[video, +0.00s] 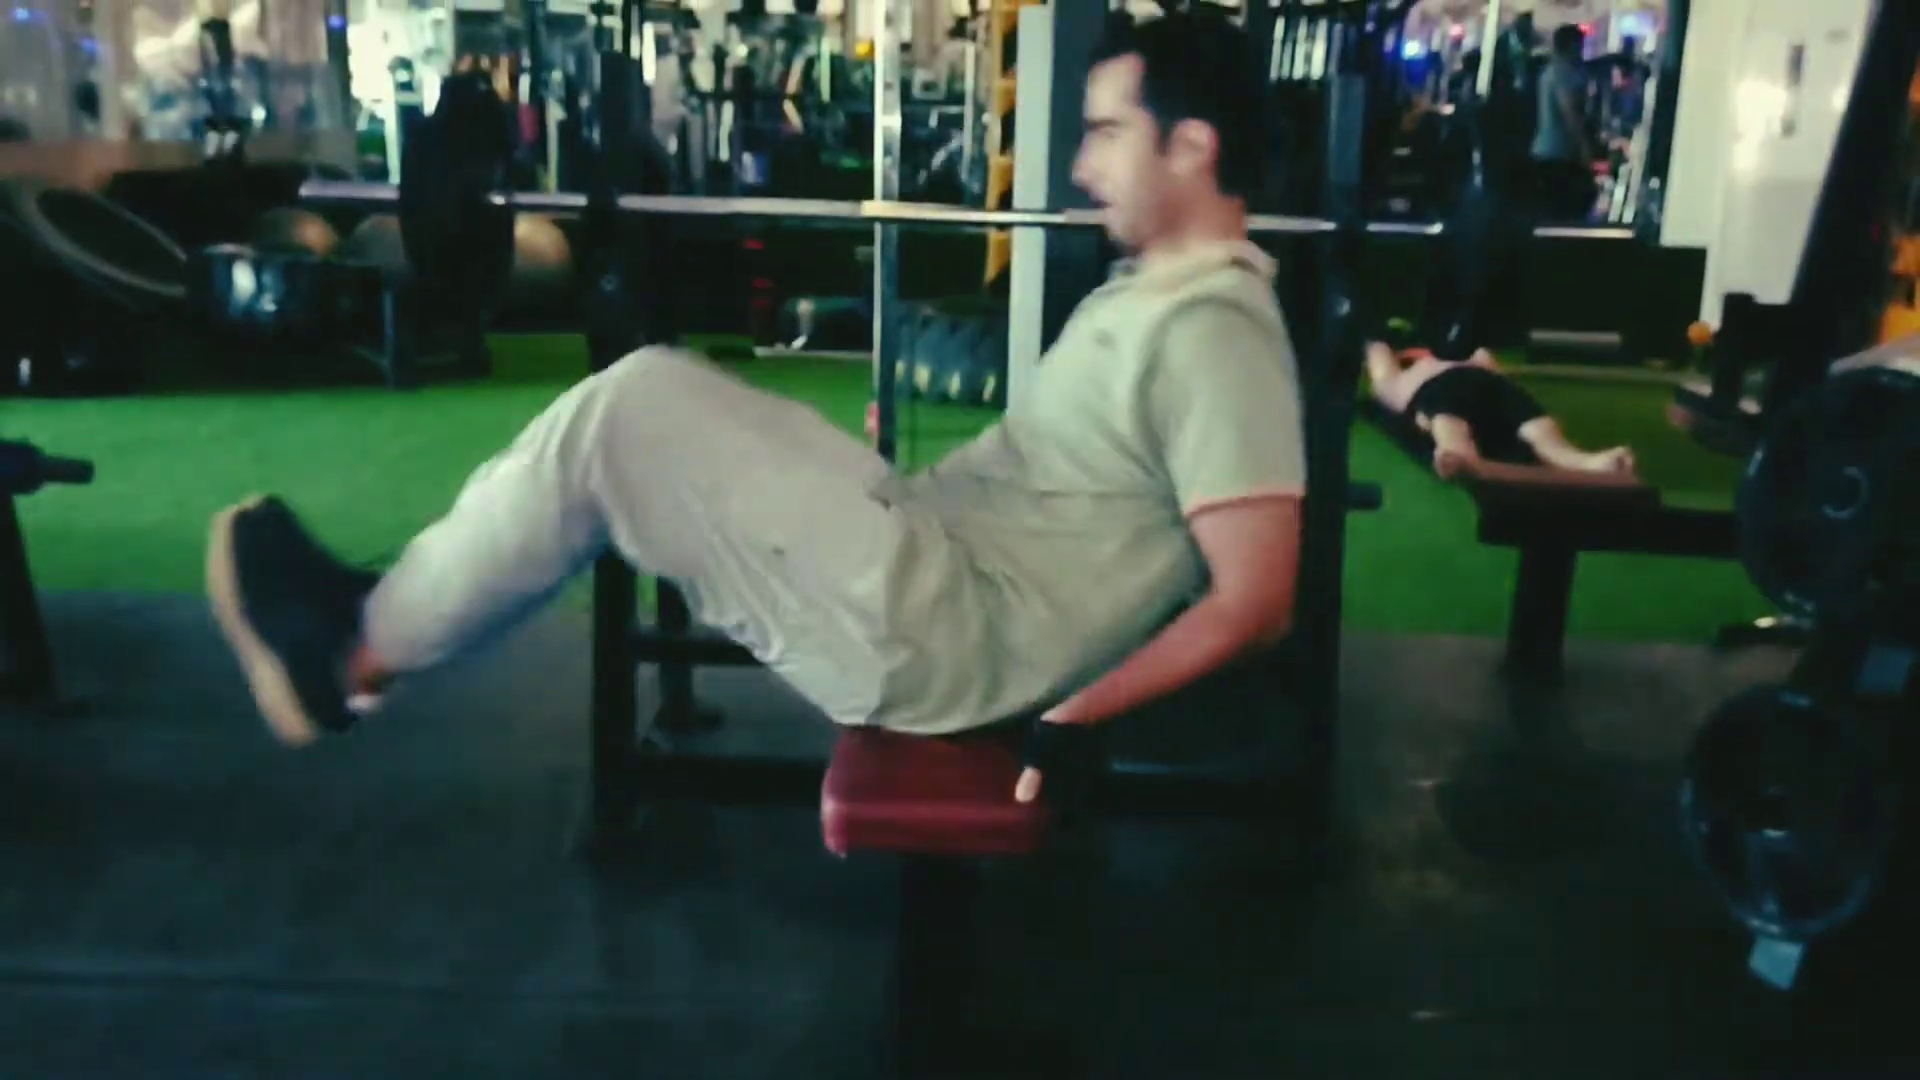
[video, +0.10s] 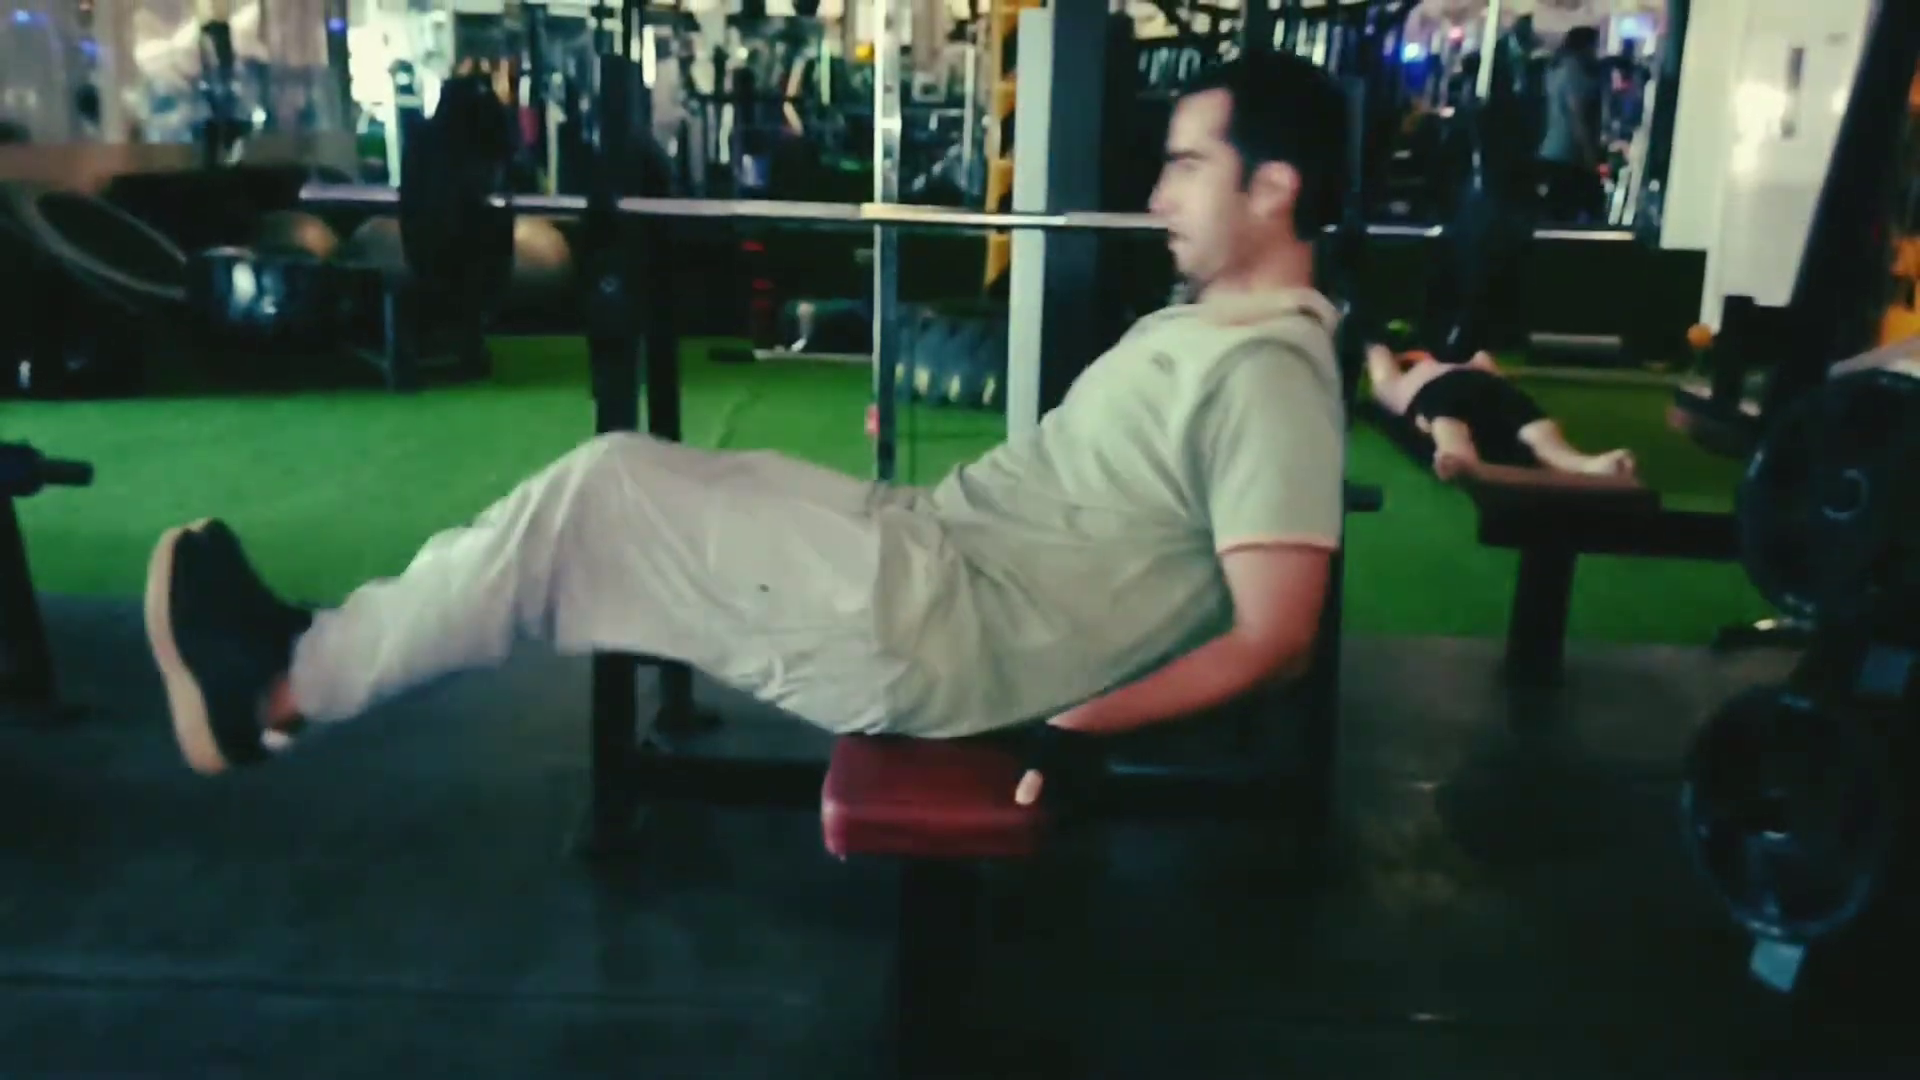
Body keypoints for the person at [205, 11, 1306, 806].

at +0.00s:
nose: (1084, 165)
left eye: (1107, 137)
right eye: (1088, 137)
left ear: (1197, 150)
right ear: (1176, 152)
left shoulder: (1216, 324)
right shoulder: (1159, 294)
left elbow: (1255, 598)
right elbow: (1077, 488)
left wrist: (1058, 716)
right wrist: (909, 493)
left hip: (956, 639)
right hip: (937, 585)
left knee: (634, 410)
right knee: (651, 390)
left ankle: (350, 660)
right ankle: (371, 633)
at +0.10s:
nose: (1163, 192)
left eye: (1193, 165)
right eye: (1169, 164)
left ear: (1283, 195)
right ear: (1254, 195)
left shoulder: (1273, 371)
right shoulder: (1219, 325)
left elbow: (1278, 637)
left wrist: (1075, 723)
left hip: (952, 631)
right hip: (928, 567)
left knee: (602, 500)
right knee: (601, 489)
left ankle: (279, 694)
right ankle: (296, 676)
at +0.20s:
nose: (1201, 208)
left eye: (1231, 182)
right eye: (1211, 179)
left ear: (1317, 219)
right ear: (1299, 216)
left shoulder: (1297, 393)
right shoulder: (1237, 340)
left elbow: (1281, 657)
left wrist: (1067, 728)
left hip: (951, 627)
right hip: (922, 555)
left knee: (596, 542)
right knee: (601, 517)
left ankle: (258, 709)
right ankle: (284, 682)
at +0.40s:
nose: (1118, 161)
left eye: (1144, 135)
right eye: (1126, 134)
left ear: (1232, 159)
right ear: (1218, 162)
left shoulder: (1245, 336)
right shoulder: (1183, 299)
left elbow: (1252, 608)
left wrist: (1057, 717)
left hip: (967, 633)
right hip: (937, 571)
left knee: (645, 431)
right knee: (631, 440)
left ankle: (345, 666)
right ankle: (353, 647)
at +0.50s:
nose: (1014, 142)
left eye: (1036, 113)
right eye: (1016, 112)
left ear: (1125, 128)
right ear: (1110, 129)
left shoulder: (1172, 303)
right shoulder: (1103, 267)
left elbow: (1225, 572)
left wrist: (1047, 736)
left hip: (957, 642)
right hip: (935, 570)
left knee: (697, 356)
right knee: (703, 346)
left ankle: (427, 624)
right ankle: (448, 584)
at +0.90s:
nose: (1035, 171)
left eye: (1054, 142)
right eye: (1035, 143)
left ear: (1141, 154)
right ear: (1131, 156)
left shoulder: (1166, 325)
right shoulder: (1121, 293)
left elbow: (1247, 589)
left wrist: (1052, 717)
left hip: (946, 652)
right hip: (924, 577)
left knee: (619, 428)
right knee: (641, 398)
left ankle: (345, 695)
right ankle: (376, 652)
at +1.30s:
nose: (1089, 186)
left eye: (1112, 160)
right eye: (1091, 160)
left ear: (1201, 177)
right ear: (1183, 180)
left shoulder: (1216, 343)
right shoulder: (1161, 316)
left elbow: (1250, 618)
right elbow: (1178, 562)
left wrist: (1065, 727)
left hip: (943, 649)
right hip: (915, 581)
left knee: (599, 512)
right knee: (609, 484)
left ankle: (315, 756)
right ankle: (344, 712)